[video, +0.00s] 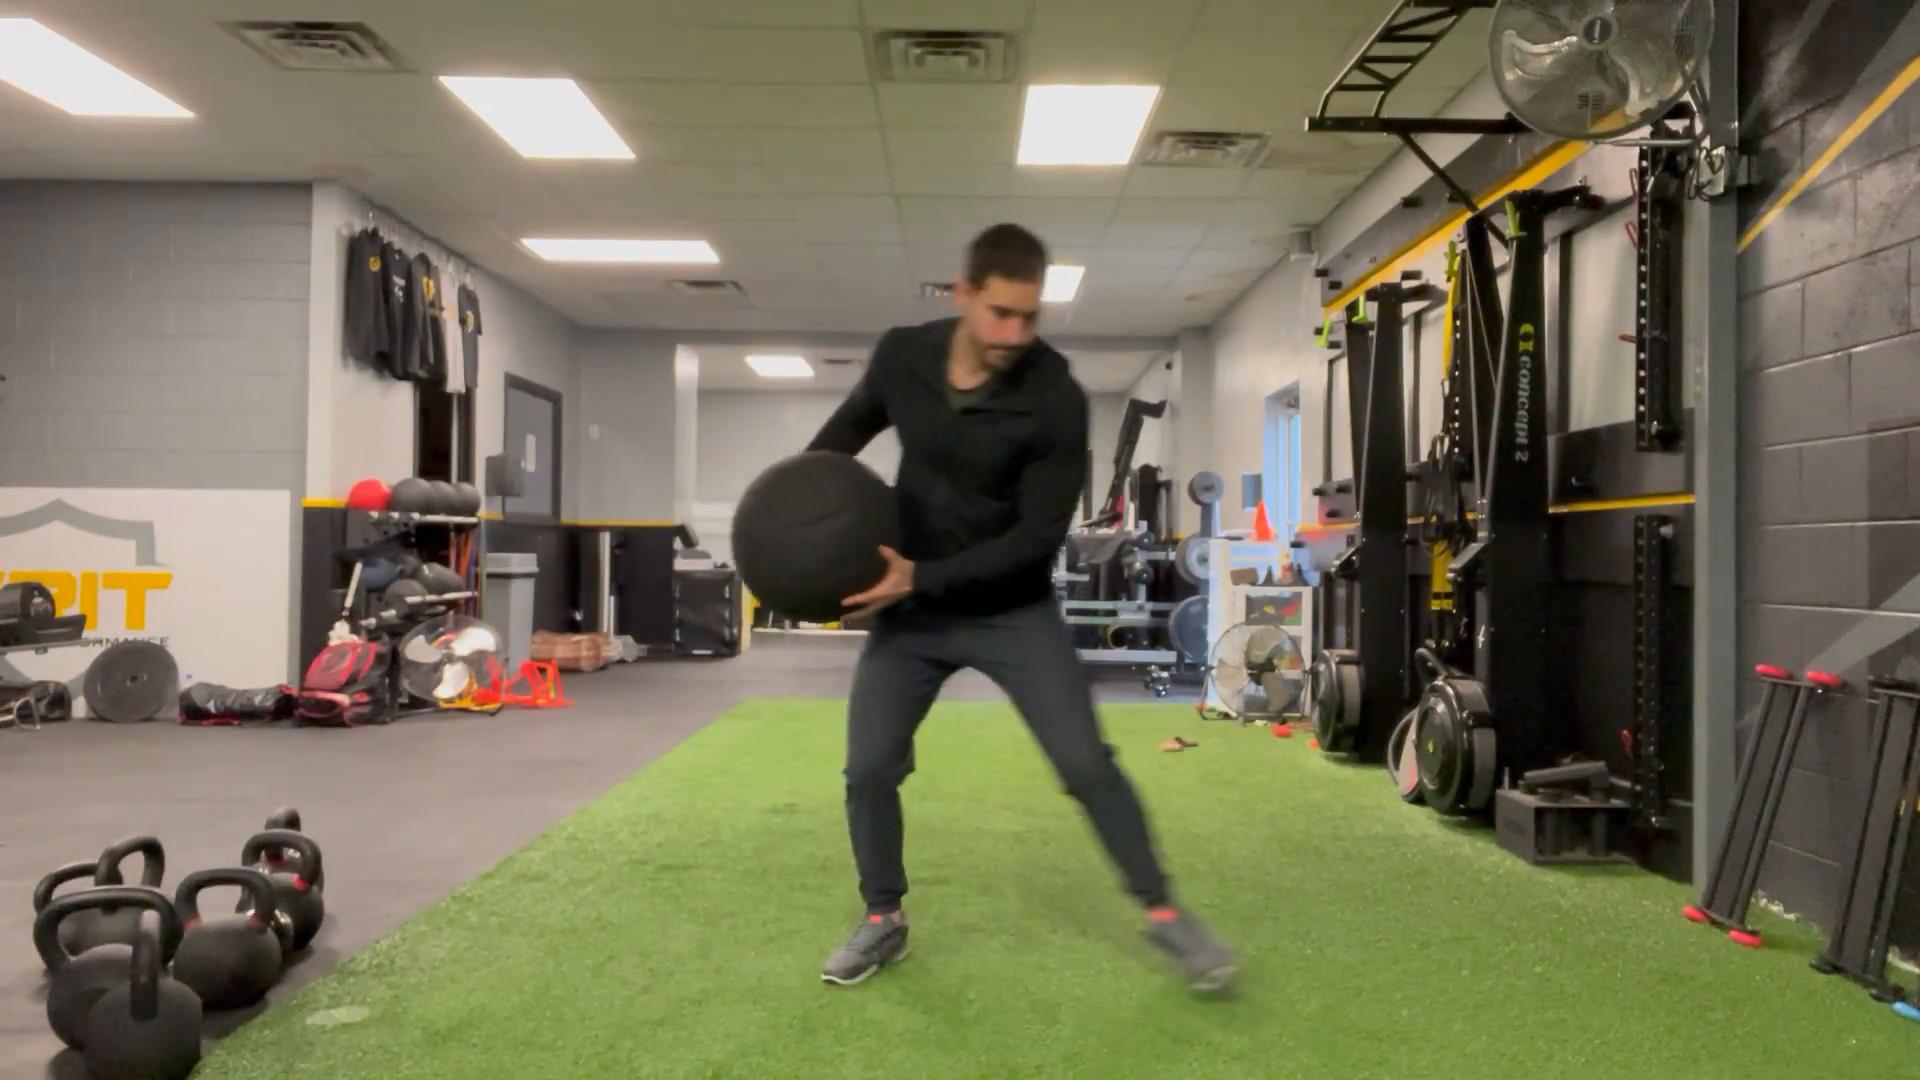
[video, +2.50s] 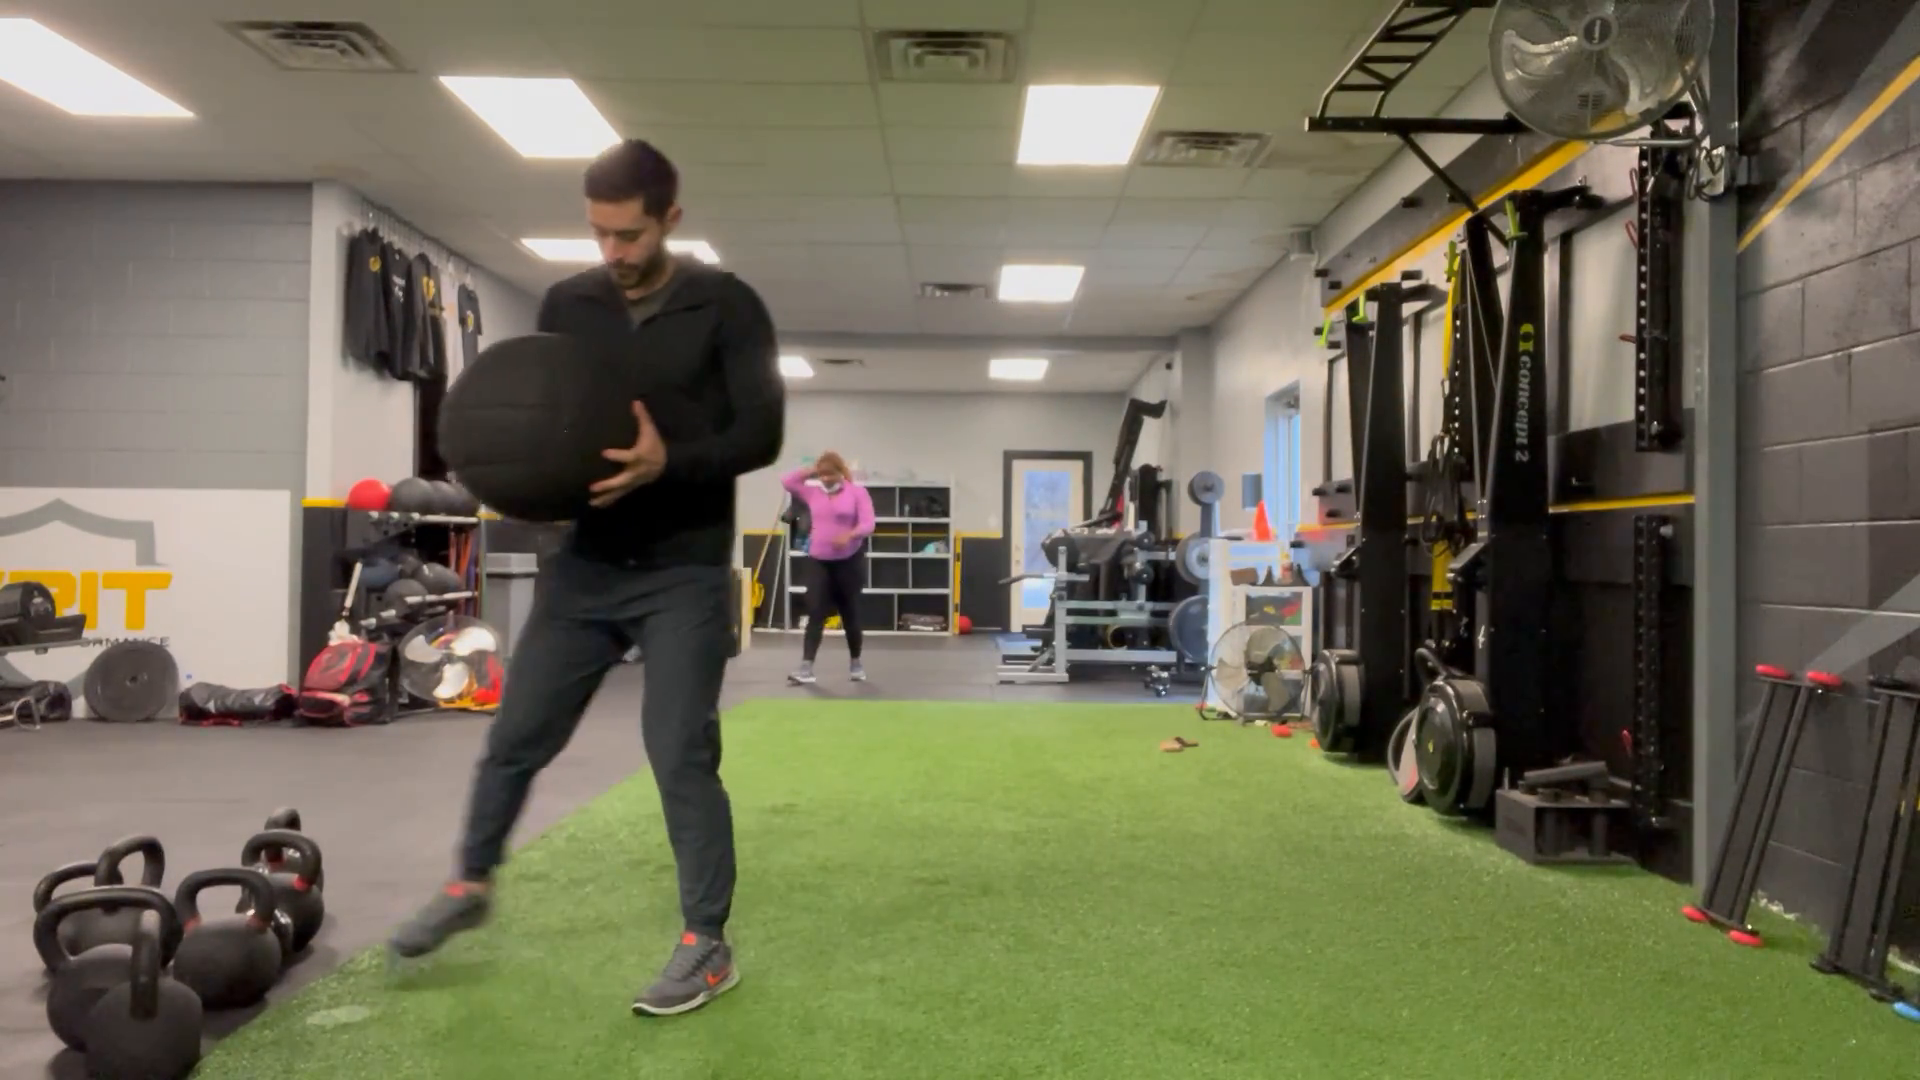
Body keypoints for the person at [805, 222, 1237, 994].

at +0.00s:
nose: (1015, 332)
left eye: (1028, 316)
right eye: (1000, 313)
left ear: (1041, 308)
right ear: (961, 294)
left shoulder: (1057, 400)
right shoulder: (903, 356)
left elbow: (1037, 542)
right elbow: (840, 441)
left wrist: (920, 577)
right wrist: (793, 515)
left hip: (1018, 613)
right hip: (913, 611)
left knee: (1084, 763)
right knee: (869, 764)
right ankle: (883, 917)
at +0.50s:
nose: (1295, 252)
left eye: (1297, 237)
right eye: (1287, 236)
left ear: (1227, 235)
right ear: (1236, 233)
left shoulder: (1179, 307)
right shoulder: (1223, 326)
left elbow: (1223, 414)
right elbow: (1288, 463)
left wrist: (1294, 336)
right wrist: (1371, 452)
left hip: (1168, 577)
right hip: (1143, 575)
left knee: (1211, 759)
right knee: (1079, 758)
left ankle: (1237, 931)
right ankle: (922, 872)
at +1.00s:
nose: (1203, 248)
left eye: (1207, 232)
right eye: (1188, 231)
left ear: (1173, 235)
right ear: (1133, 231)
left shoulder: (1199, 330)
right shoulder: (1074, 330)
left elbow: (1212, 436)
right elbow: (1052, 454)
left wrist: (1267, 471)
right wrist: (1064, 537)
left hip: (1183, 585)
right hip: (1092, 590)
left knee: (1235, 746)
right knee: (1021, 745)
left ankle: (1242, 932)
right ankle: (907, 880)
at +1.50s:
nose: (915, 271)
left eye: (930, 253)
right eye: (901, 254)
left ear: (959, 247)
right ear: (884, 250)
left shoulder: (1014, 338)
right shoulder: (853, 351)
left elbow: (1058, 447)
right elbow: (843, 460)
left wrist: (1018, 466)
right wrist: (838, 488)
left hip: (1002, 585)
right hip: (900, 593)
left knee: (1079, 747)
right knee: (892, 774)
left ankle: (1149, 910)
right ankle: (912, 914)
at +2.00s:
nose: (768, 270)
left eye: (785, 252)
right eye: (757, 252)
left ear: (826, 239)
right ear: (747, 244)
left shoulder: (887, 328)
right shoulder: (734, 330)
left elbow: (939, 438)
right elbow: (719, 434)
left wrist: (901, 467)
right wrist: (712, 467)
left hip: (852, 575)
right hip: (774, 572)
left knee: (769, 738)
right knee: (835, 749)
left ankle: (719, 934)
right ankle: (911, 906)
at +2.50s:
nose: (615, 253)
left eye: (632, 235)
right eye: (601, 235)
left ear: (671, 216)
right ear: (587, 222)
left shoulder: (727, 306)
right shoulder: (570, 306)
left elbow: (762, 437)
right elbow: (548, 419)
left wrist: (673, 458)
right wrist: (514, 467)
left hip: (685, 573)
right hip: (581, 569)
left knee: (681, 751)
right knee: (513, 738)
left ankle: (705, 940)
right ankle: (469, 886)